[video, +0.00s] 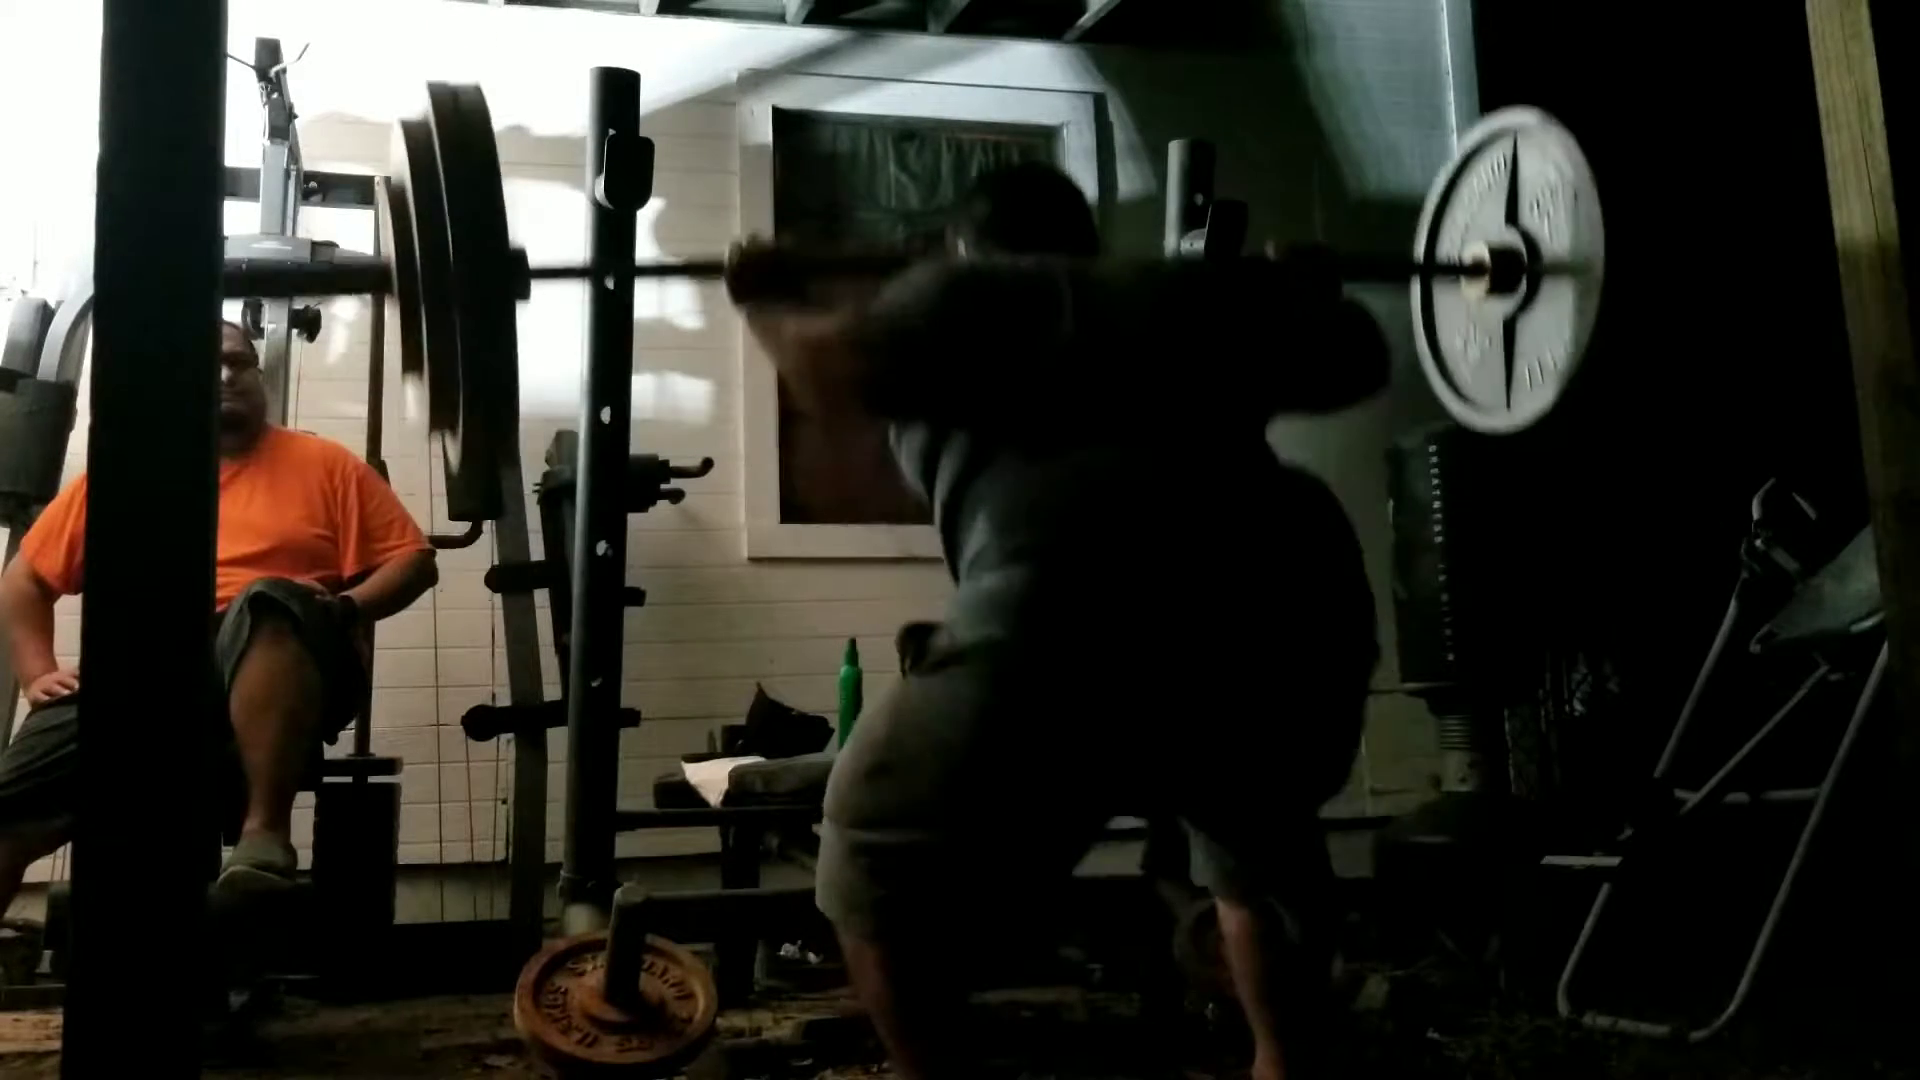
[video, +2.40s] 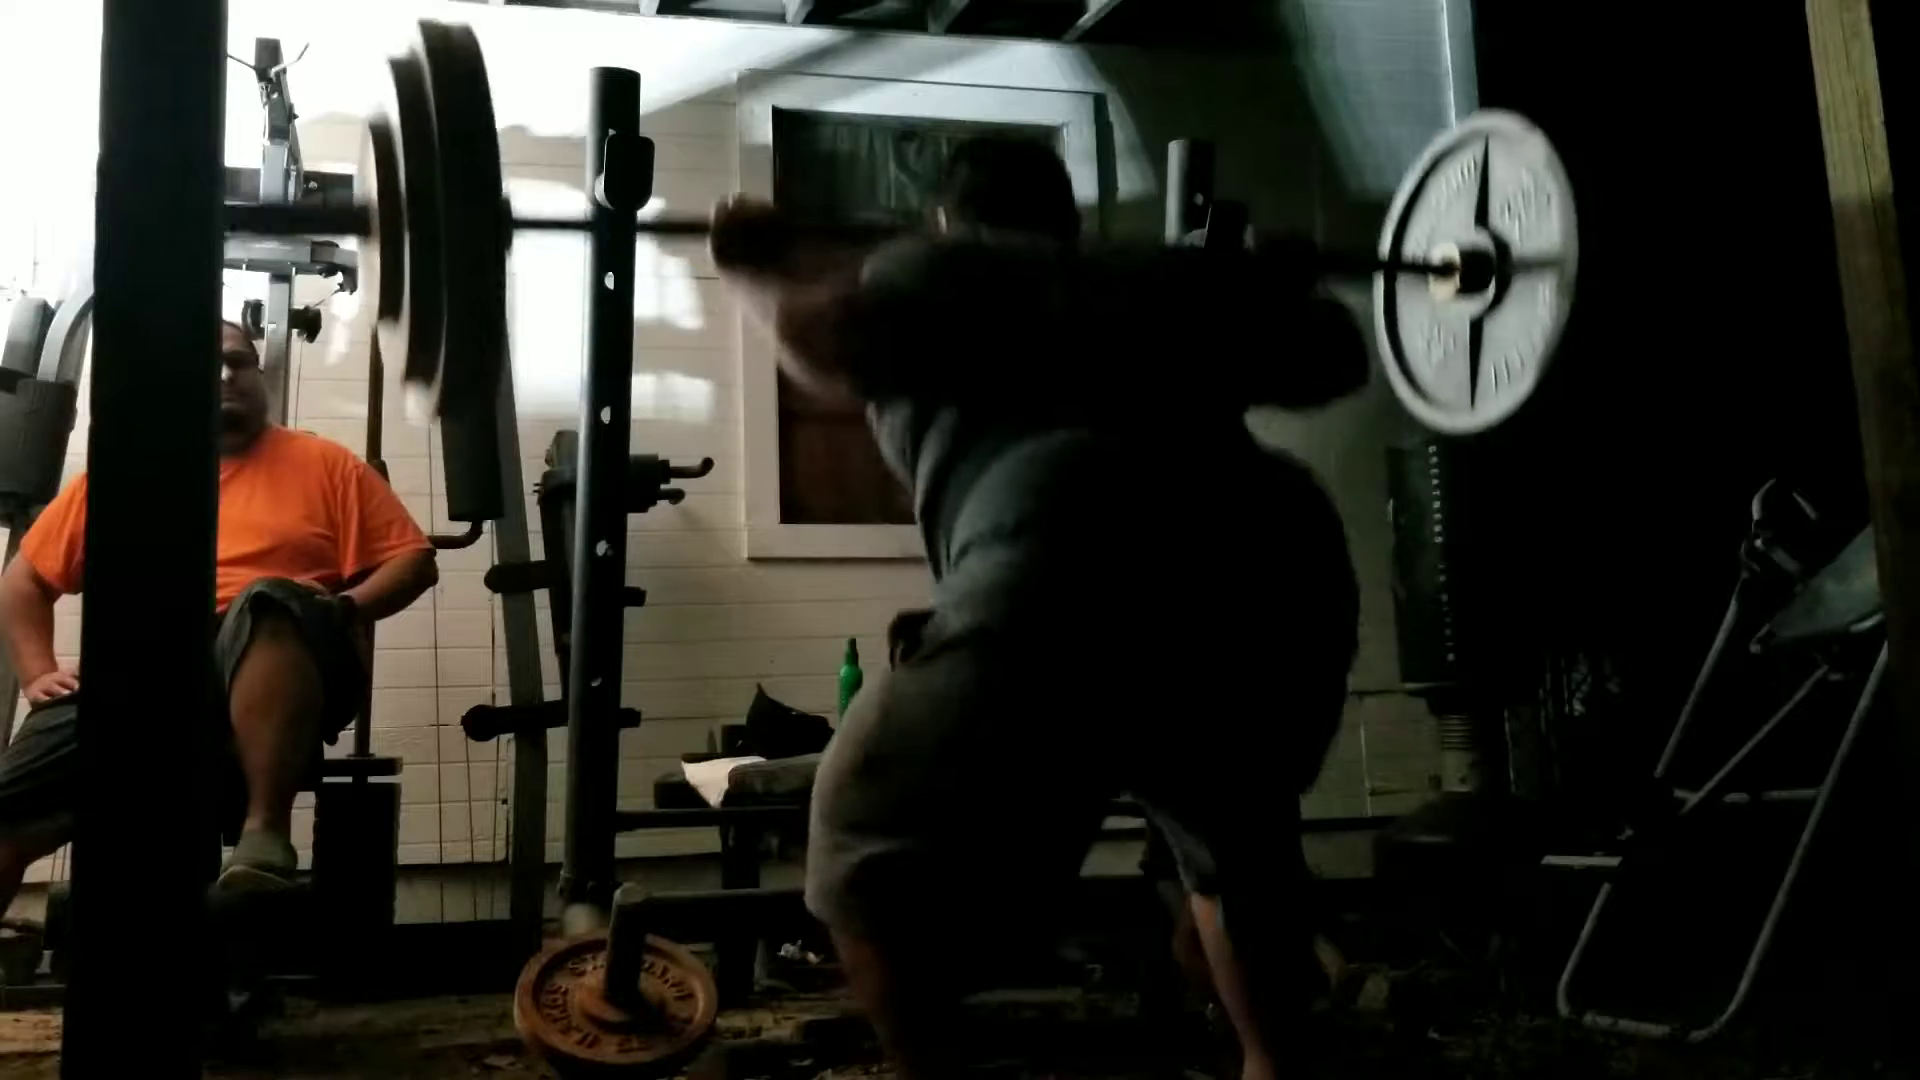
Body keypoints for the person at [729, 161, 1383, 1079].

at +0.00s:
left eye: (945, 247)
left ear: (960, 247)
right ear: (1092, 241)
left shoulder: (943, 308)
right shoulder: (1182, 301)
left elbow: (826, 367)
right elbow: (1356, 360)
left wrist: (767, 299)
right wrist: (1289, 279)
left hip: (1057, 620)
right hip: (1274, 608)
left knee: (877, 848)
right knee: (1256, 828)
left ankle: (924, 1062)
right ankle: (1284, 1058)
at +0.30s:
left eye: (961, 94)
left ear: (964, 103)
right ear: (1089, 98)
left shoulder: (935, 162)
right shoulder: (1181, 169)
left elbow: (836, 226)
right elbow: (1338, 246)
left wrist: (767, 149)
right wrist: (1300, 155)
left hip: (1018, 539)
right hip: (1222, 538)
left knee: (893, 865)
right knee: (1239, 839)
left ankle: (933, 1063)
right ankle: (1275, 1059)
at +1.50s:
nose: (950, 236)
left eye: (953, 223)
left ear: (966, 227)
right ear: (1091, 223)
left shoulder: (936, 292)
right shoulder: (1182, 292)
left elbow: (836, 368)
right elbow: (1344, 376)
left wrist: (773, 278)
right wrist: (1294, 282)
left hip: (1046, 615)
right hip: (1257, 607)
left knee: (872, 844)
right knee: (1234, 849)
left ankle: (930, 1061)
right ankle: (1277, 1058)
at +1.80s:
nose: (948, 385)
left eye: (952, 371)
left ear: (968, 374)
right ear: (1086, 368)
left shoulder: (934, 444)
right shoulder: (1179, 437)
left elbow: (855, 542)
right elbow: (1345, 525)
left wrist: (775, 451)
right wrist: (1300, 434)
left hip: (1039, 793)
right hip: (1256, 782)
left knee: (825, 853)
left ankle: (920, 1062)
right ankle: (1276, 1053)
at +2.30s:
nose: (931, 277)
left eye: (933, 266)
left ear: (947, 268)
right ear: (1075, 266)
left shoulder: (922, 331)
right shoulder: (1170, 328)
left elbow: (819, 395)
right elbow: (1338, 410)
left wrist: (772, 322)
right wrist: (1281, 318)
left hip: (1051, 634)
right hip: (1276, 624)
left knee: (866, 842)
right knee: (1240, 844)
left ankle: (919, 1057)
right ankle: (1278, 1057)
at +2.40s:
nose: (927, 232)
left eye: (931, 220)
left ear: (945, 222)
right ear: (1073, 218)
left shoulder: (919, 280)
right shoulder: (1158, 282)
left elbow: (829, 348)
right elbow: (1330, 355)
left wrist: (767, 266)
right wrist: (1276, 274)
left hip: (1052, 574)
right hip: (1267, 559)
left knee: (872, 830)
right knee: (1234, 816)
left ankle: (925, 1059)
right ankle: (1274, 1056)